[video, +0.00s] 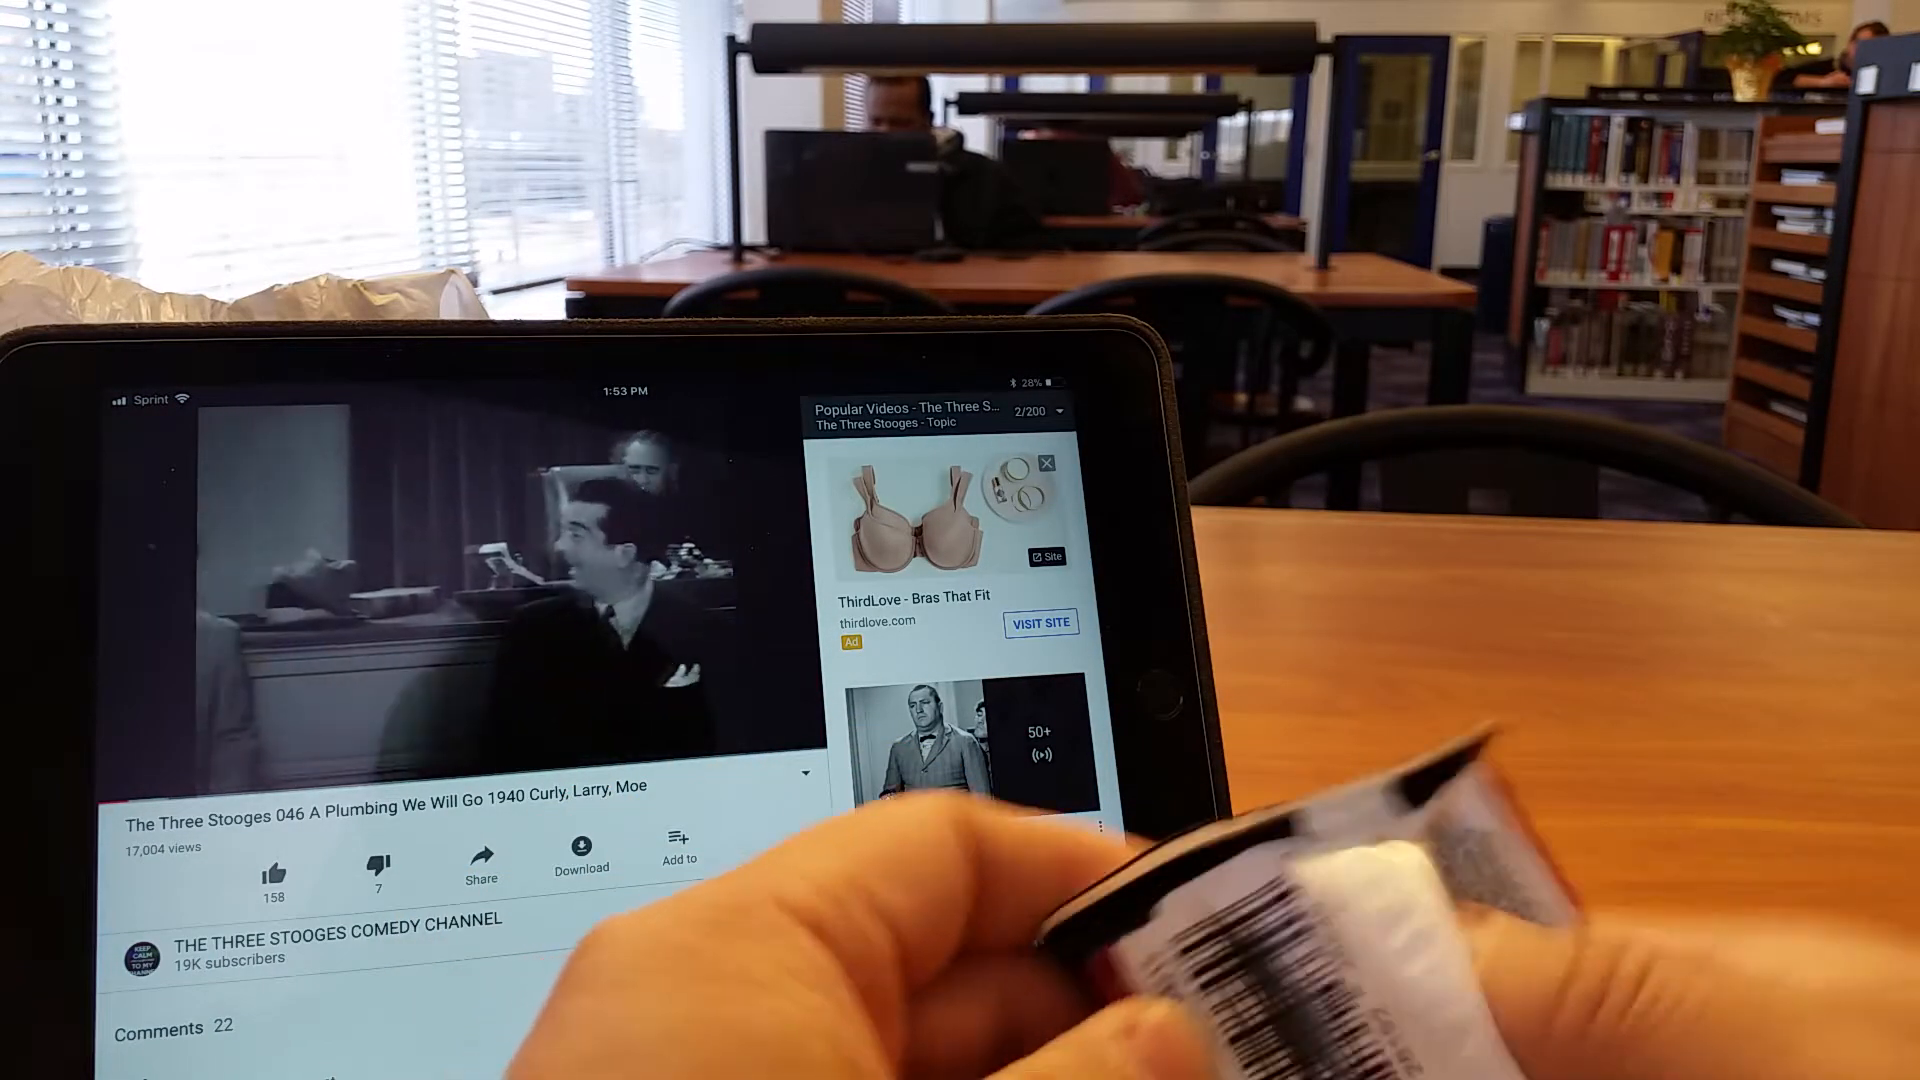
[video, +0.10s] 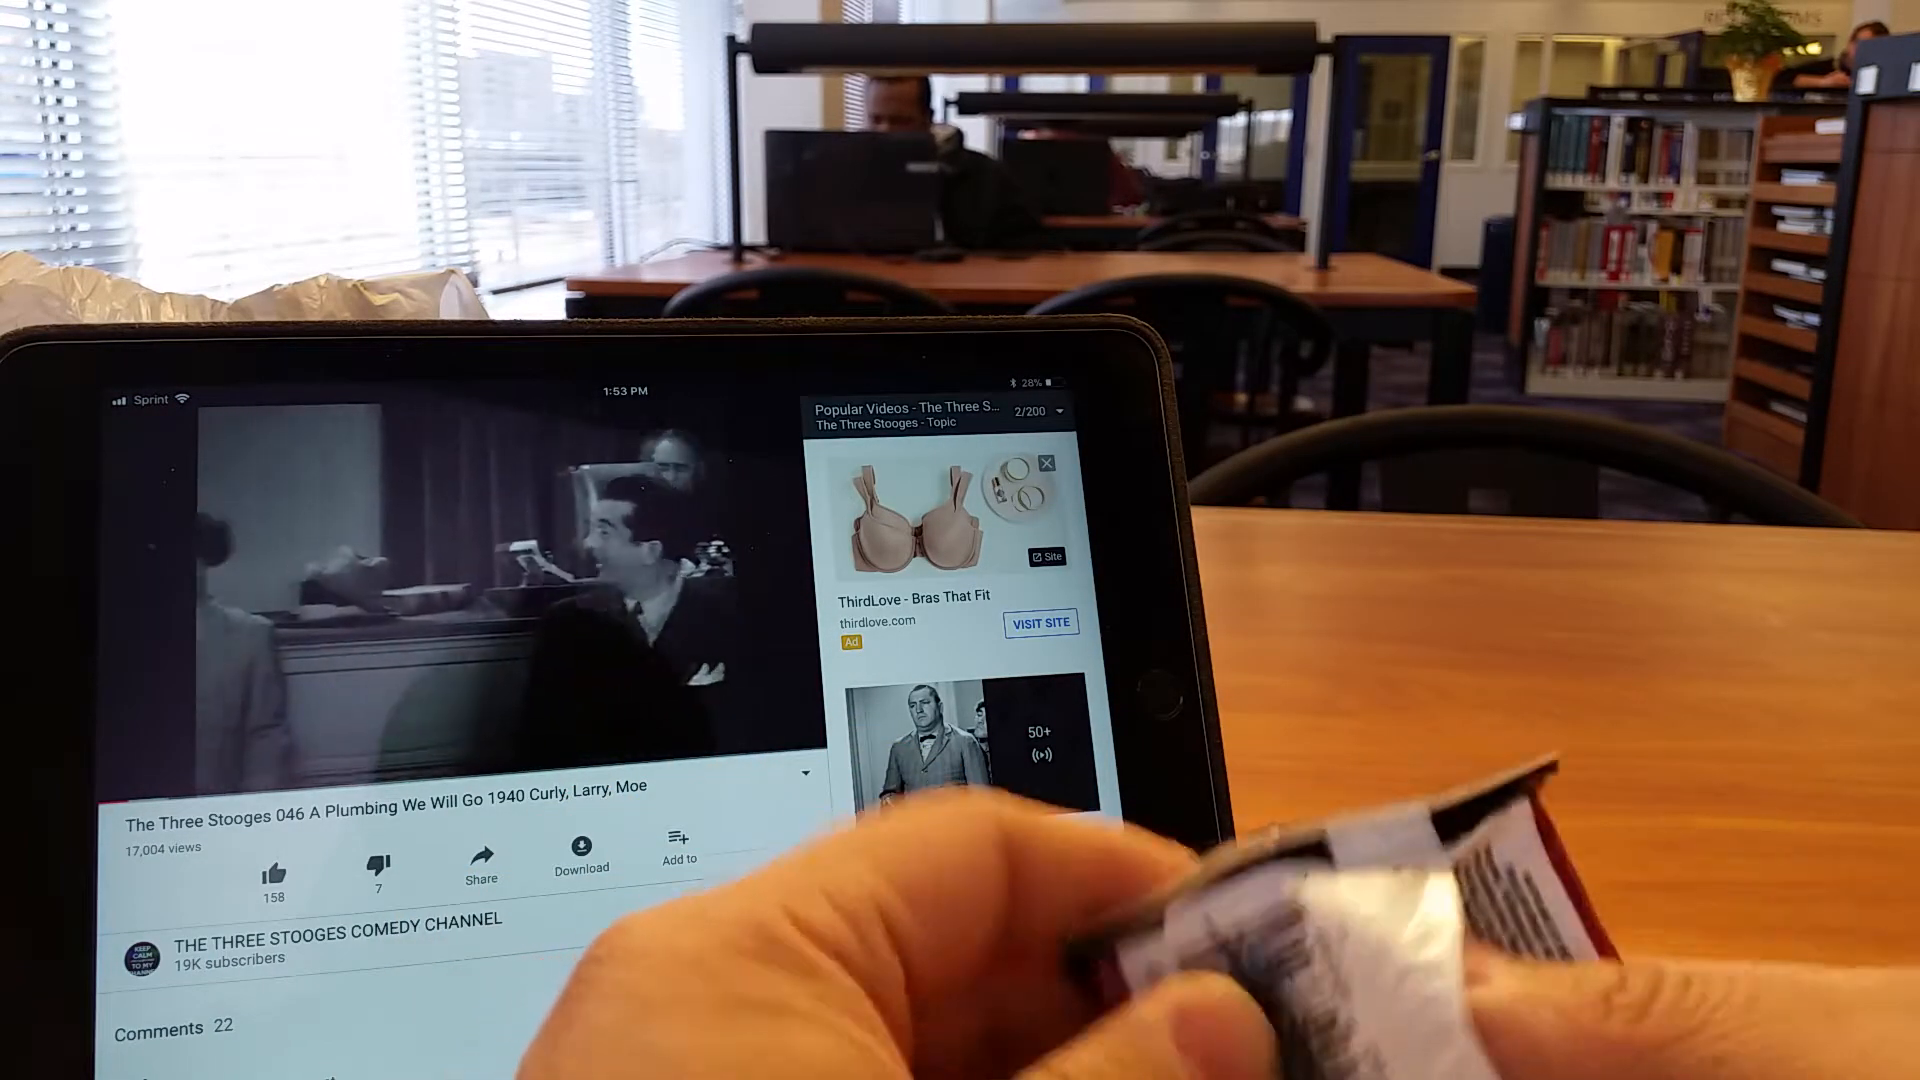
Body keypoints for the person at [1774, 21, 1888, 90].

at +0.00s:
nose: (1860, 50)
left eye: (1868, 45)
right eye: (1857, 43)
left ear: (1880, 50)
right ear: (1849, 44)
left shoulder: (1884, 78)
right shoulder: (1829, 68)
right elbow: (1780, 80)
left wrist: (1856, 84)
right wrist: (1824, 82)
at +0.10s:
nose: (1859, 50)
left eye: (1867, 45)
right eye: (1857, 43)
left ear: (1880, 50)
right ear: (1849, 44)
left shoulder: (1884, 77)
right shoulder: (1830, 68)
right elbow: (1781, 80)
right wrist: (1825, 82)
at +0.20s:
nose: (1860, 50)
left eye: (1867, 45)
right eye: (1857, 43)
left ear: (1880, 50)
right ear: (1849, 44)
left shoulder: (1885, 77)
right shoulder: (1830, 68)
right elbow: (1781, 80)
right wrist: (1824, 82)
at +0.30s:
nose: (1860, 50)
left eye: (1867, 45)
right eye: (1857, 43)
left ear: (1880, 50)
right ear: (1849, 44)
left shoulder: (1885, 77)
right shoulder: (1830, 68)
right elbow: (1781, 80)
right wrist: (1824, 82)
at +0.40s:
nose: (1860, 50)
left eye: (1867, 45)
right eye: (1857, 43)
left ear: (1880, 50)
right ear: (1849, 44)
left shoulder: (1885, 77)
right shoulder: (1830, 68)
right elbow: (1781, 80)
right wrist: (1824, 82)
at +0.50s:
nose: (1859, 50)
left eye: (1867, 45)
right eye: (1857, 42)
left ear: (1880, 50)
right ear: (1849, 44)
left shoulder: (1885, 77)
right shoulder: (1830, 68)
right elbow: (1781, 79)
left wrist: (1855, 85)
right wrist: (1823, 82)